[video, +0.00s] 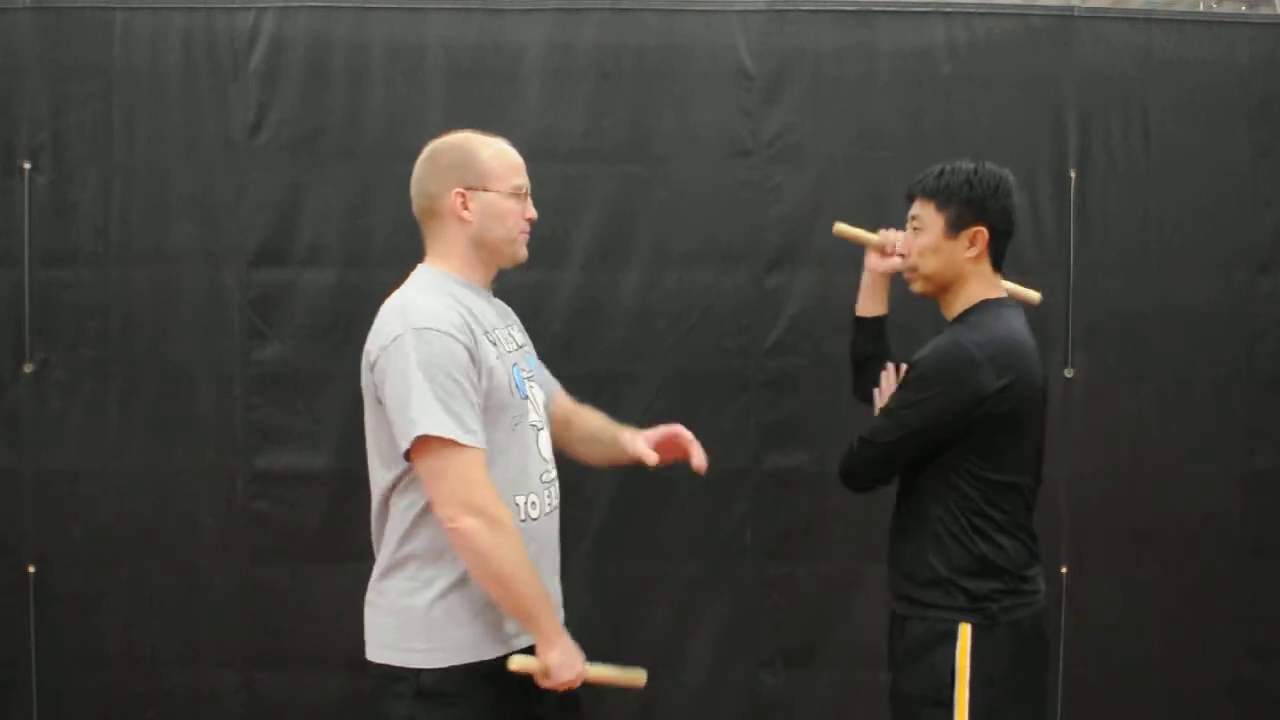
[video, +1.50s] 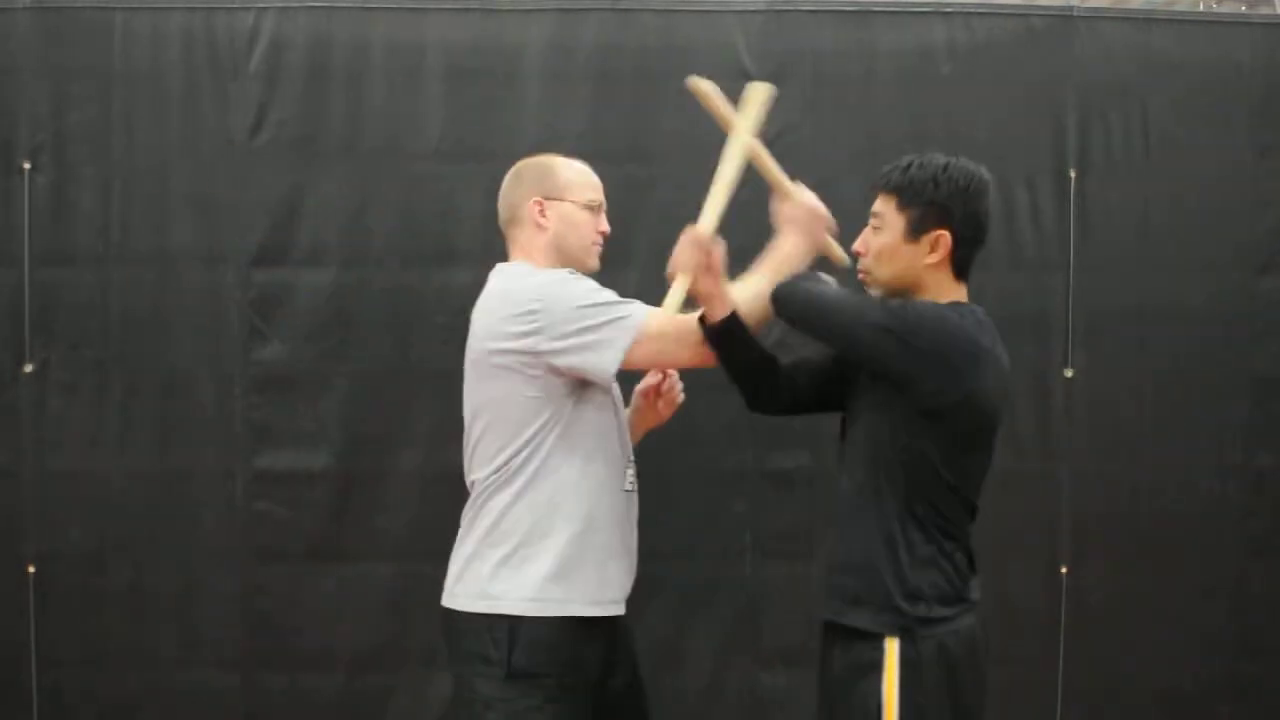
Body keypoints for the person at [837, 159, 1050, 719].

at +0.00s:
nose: (904, 246)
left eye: (918, 230)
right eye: (908, 229)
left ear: (974, 242)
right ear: (970, 245)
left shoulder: (967, 352)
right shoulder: (1001, 334)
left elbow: (860, 469)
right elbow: (873, 388)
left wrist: (886, 414)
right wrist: (875, 279)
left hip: (964, 620)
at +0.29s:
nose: (889, 243)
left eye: (908, 225)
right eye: (896, 225)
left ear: (969, 241)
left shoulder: (1004, 366)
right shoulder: (911, 354)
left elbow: (896, 497)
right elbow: (779, 375)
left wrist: (847, 457)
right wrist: (740, 263)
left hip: (967, 651)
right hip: (903, 644)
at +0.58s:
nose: (868, 240)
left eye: (890, 220)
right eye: (873, 221)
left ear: (952, 238)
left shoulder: (1001, 367)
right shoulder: (861, 350)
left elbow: (935, 515)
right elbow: (733, 351)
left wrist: (839, 474)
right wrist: (672, 263)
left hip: (957, 653)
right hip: (871, 646)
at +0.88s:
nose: (861, 240)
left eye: (884, 220)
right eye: (866, 221)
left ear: (945, 237)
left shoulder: (996, 369)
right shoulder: (853, 343)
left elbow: (967, 508)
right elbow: (755, 385)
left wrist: (843, 464)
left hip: (947, 647)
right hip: (858, 638)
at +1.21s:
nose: (850, 247)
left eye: (872, 228)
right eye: (855, 228)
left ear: (931, 243)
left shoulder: (956, 349)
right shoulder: (869, 355)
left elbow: (846, 327)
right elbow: (817, 473)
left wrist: (718, 306)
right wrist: (784, 573)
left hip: (929, 644)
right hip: (861, 637)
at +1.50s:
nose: (858, 244)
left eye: (877, 227)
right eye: (866, 226)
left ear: (935, 246)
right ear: (933, 248)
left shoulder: (954, 338)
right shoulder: (896, 341)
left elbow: (792, 296)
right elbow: (772, 390)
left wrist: (804, 240)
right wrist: (714, 297)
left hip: (908, 641)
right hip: (869, 635)